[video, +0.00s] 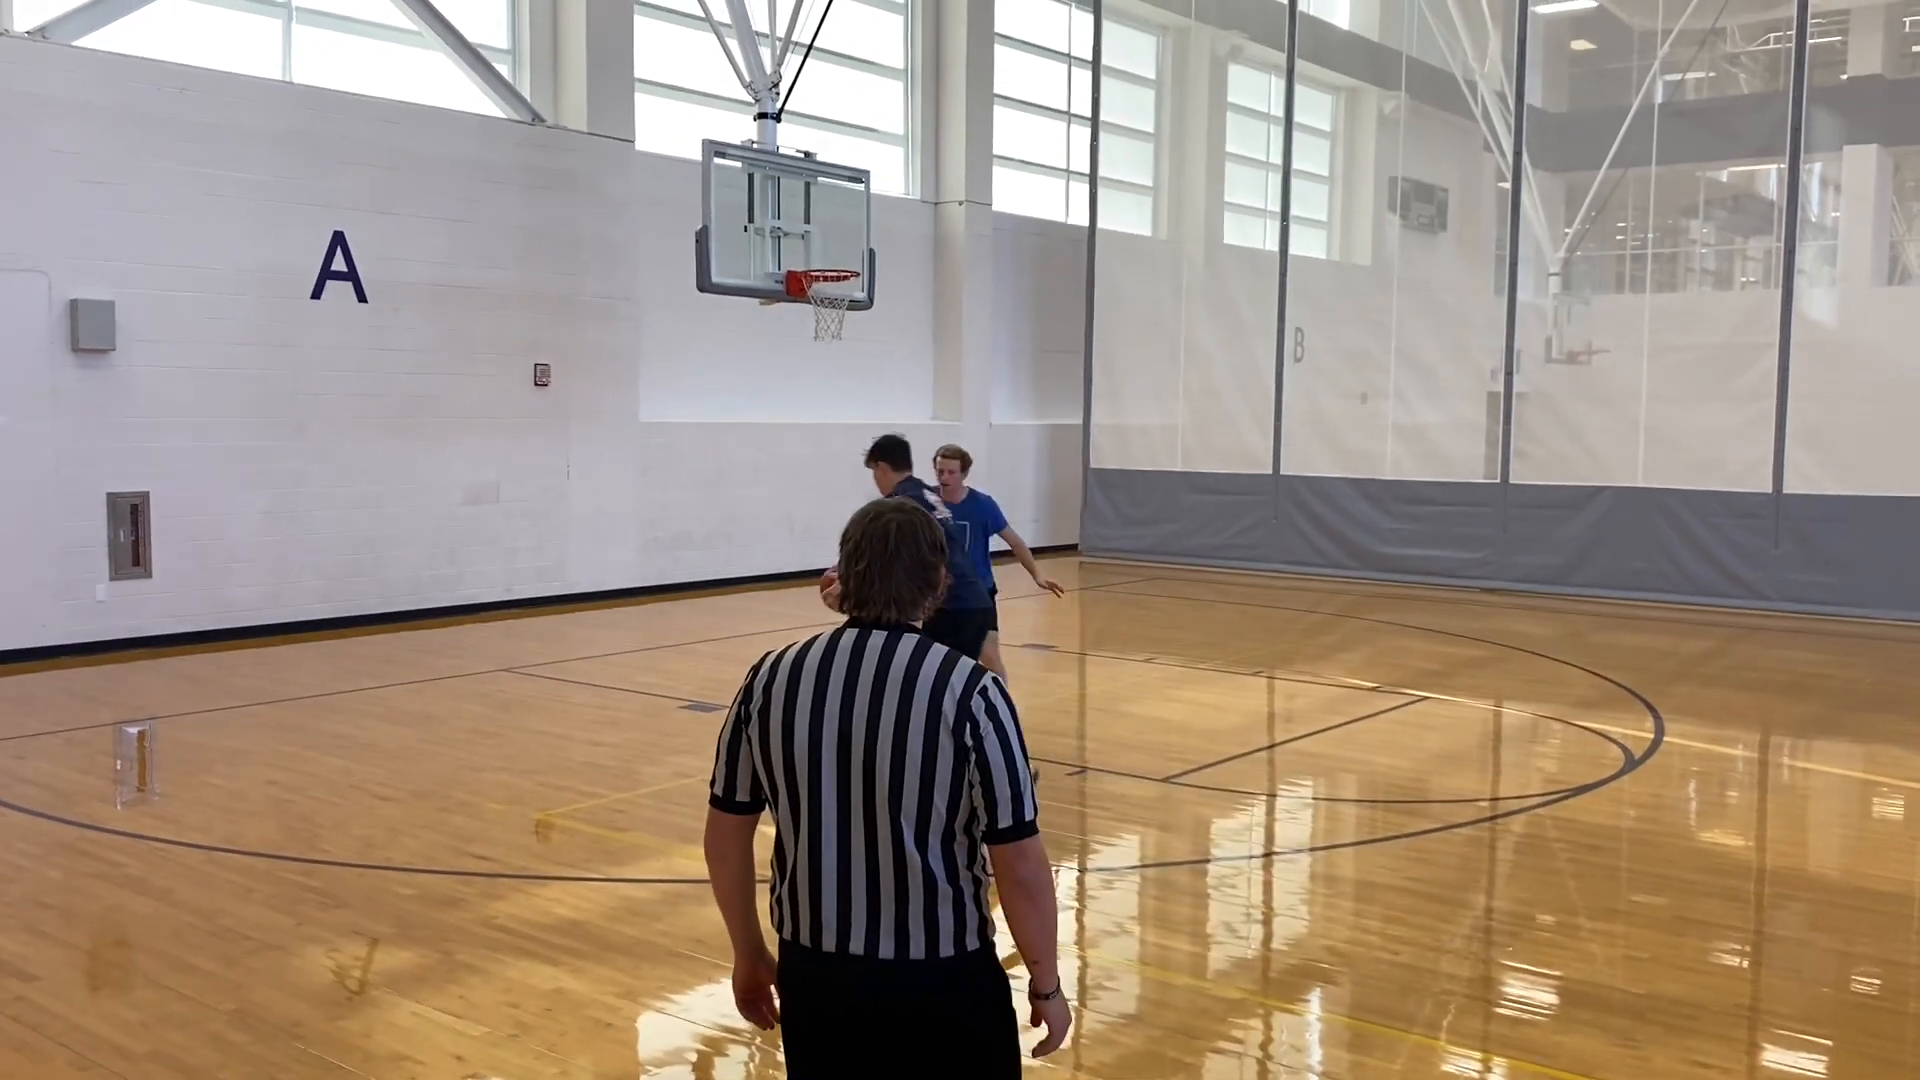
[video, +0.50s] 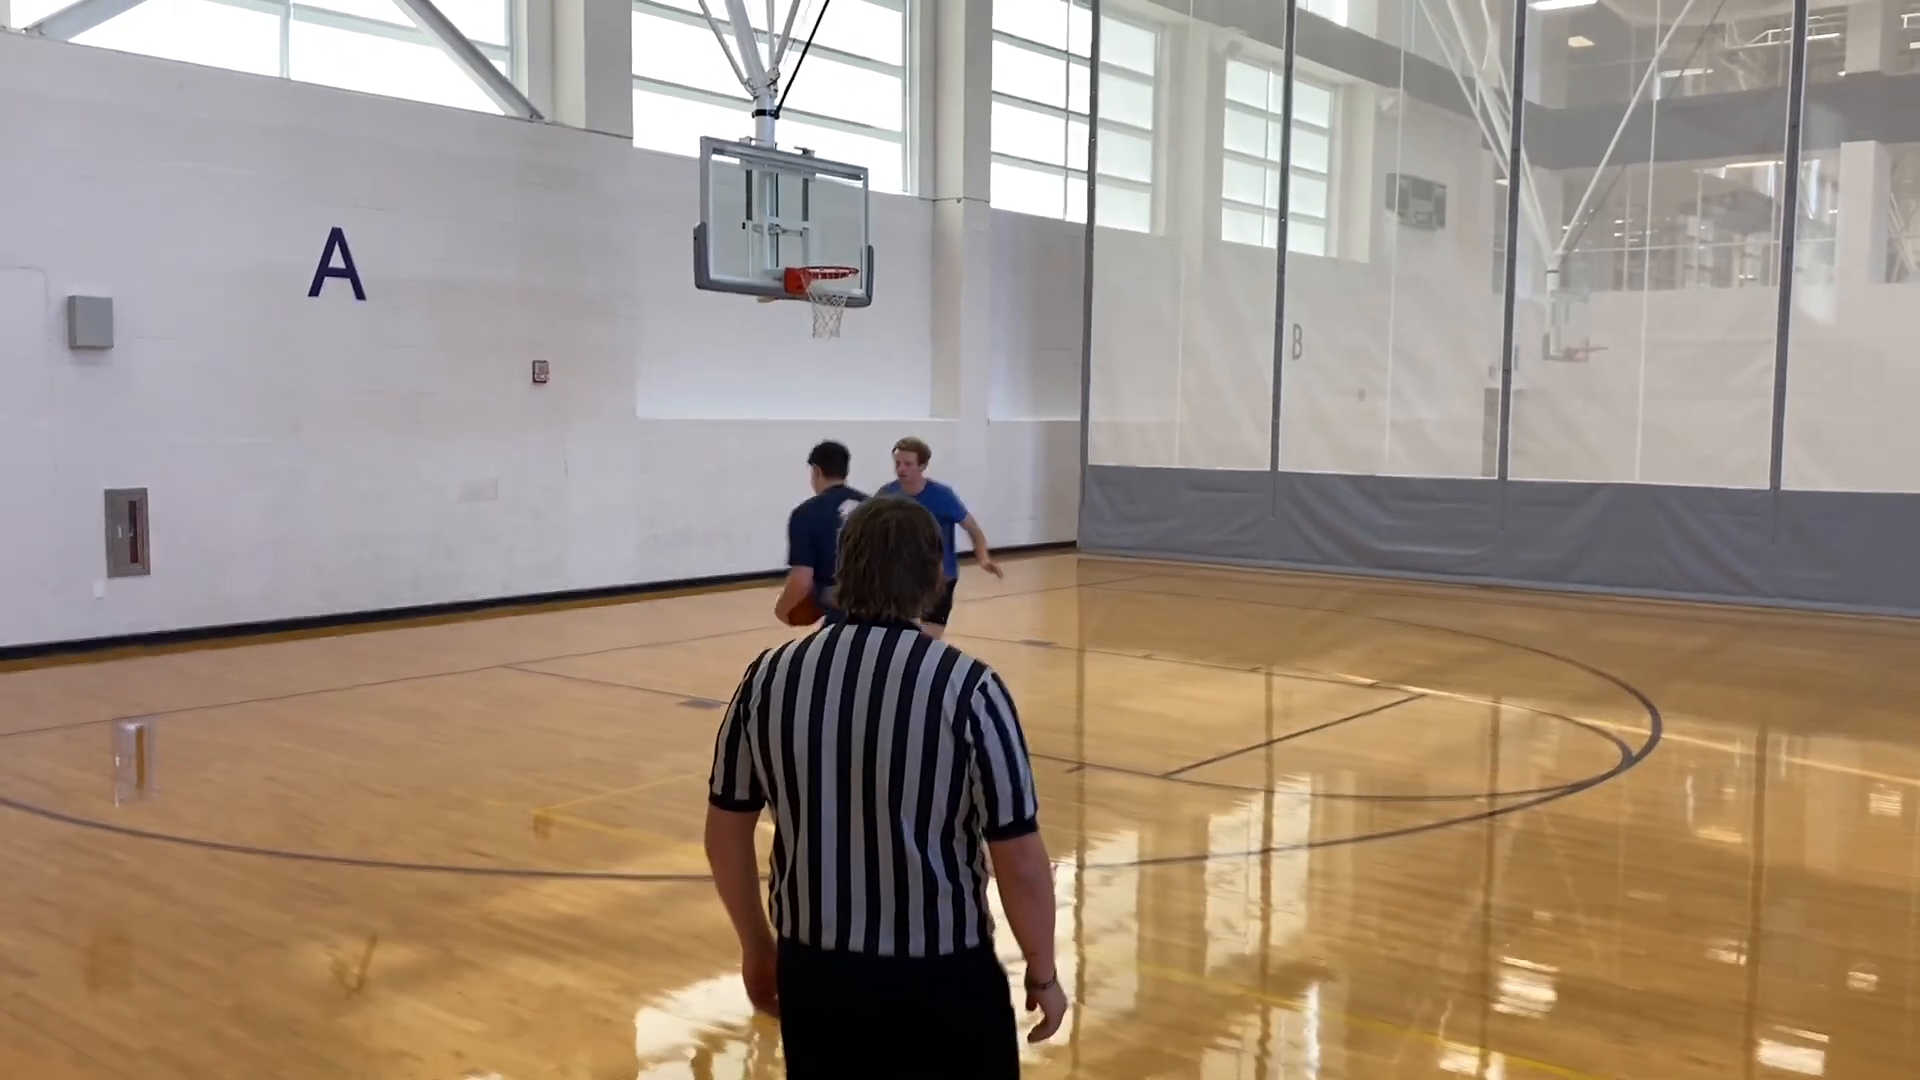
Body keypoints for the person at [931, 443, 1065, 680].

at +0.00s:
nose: (944, 477)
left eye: (950, 472)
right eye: (940, 471)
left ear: (964, 473)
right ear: (935, 470)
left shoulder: (982, 505)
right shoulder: (928, 502)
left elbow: (1014, 542)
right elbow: (915, 549)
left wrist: (1038, 577)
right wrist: (919, 591)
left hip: (979, 596)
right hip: (939, 597)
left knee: (988, 659)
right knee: (939, 661)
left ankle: (1002, 712)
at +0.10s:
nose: (935, 473)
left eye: (942, 468)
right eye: (932, 467)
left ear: (956, 469)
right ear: (926, 466)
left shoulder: (974, 500)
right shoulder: (917, 496)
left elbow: (1006, 536)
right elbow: (904, 542)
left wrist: (1027, 572)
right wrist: (911, 582)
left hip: (970, 588)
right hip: (932, 587)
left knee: (974, 650)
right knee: (935, 653)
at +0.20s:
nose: (927, 470)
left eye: (933, 465)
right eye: (923, 464)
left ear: (948, 466)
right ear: (918, 462)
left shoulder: (966, 497)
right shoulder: (908, 493)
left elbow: (998, 530)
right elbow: (893, 534)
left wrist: (1016, 566)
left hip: (963, 583)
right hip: (926, 582)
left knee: (962, 647)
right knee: (928, 648)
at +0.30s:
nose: (919, 468)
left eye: (926, 463)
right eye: (915, 462)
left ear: (939, 465)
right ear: (910, 461)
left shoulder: (958, 495)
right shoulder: (901, 491)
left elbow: (990, 529)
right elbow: (887, 531)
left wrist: (1006, 562)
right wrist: (888, 568)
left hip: (955, 578)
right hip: (916, 575)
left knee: (950, 644)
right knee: (915, 640)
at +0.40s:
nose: (911, 467)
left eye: (917, 461)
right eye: (907, 460)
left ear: (931, 462)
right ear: (902, 460)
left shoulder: (950, 493)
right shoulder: (895, 491)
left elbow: (982, 527)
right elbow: (882, 531)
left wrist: (996, 559)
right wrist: (883, 568)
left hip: (947, 576)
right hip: (907, 572)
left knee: (938, 642)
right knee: (897, 634)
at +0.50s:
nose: (901, 469)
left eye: (907, 464)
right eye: (898, 463)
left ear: (922, 466)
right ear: (893, 463)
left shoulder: (943, 496)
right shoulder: (886, 494)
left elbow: (974, 529)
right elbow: (870, 531)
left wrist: (983, 560)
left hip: (938, 578)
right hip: (898, 573)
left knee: (928, 637)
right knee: (894, 632)